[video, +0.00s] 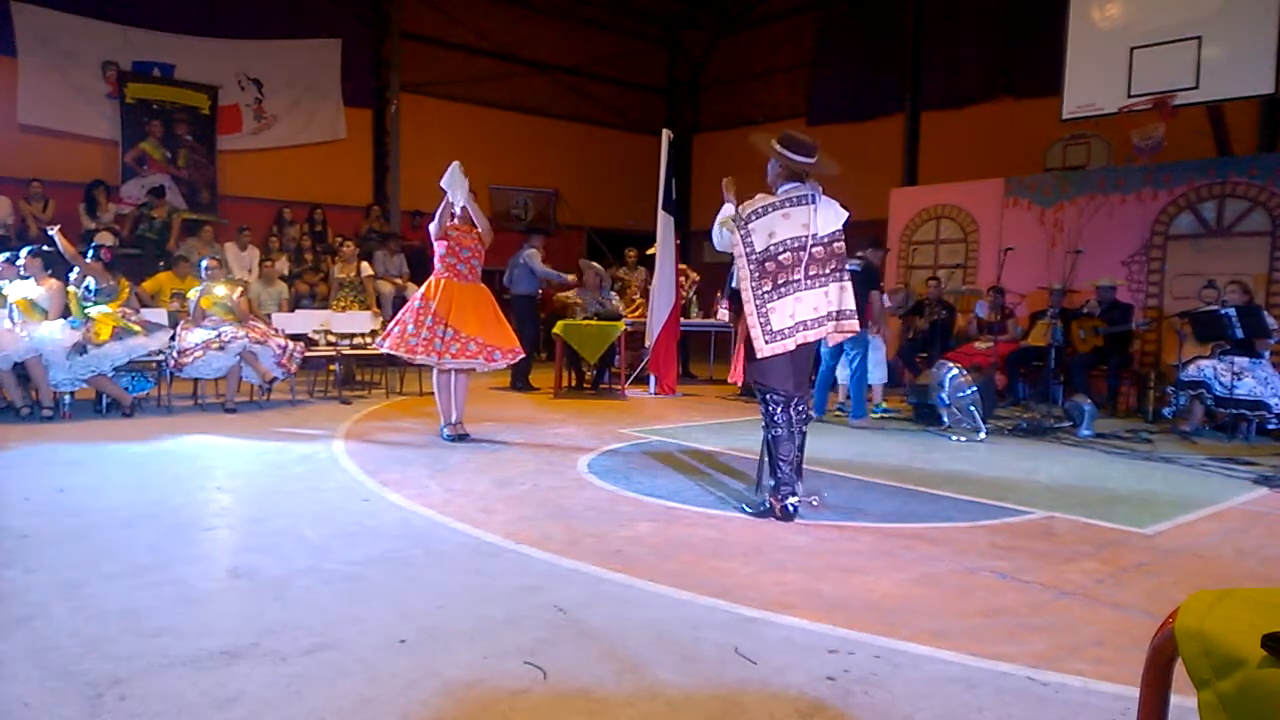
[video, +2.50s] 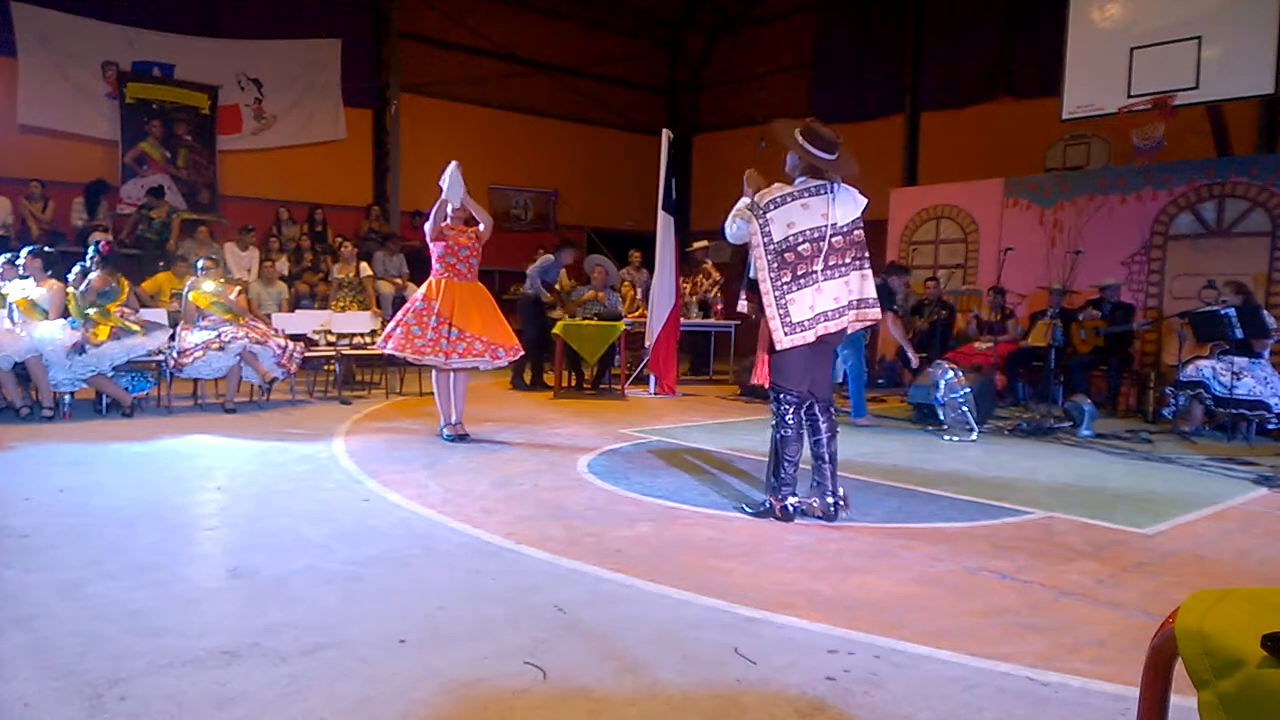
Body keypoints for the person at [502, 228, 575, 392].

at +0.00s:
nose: (543, 244)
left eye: (543, 240)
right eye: (541, 240)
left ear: (529, 240)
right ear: (535, 239)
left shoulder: (516, 256)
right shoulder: (531, 253)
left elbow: (507, 280)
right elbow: (540, 271)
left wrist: (525, 287)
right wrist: (565, 278)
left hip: (516, 298)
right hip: (527, 299)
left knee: (523, 337)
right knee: (530, 338)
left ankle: (518, 376)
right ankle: (522, 377)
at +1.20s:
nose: (550, 251)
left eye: (551, 247)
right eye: (549, 246)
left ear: (536, 244)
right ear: (542, 245)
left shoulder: (519, 256)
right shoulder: (536, 258)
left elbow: (507, 276)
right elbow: (530, 278)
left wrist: (520, 286)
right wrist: (548, 295)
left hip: (516, 299)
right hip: (528, 299)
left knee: (521, 338)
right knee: (529, 339)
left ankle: (517, 376)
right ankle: (523, 377)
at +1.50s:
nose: (564, 260)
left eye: (565, 257)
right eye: (564, 256)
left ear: (553, 251)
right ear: (556, 253)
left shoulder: (532, 259)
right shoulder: (546, 260)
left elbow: (517, 274)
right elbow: (533, 275)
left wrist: (530, 289)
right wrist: (547, 297)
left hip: (519, 297)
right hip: (528, 298)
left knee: (529, 340)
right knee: (531, 341)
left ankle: (535, 376)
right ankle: (524, 378)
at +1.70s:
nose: (573, 262)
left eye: (574, 258)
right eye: (572, 258)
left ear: (565, 257)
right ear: (565, 256)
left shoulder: (554, 267)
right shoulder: (552, 261)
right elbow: (536, 273)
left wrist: (549, 296)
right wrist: (549, 294)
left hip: (535, 299)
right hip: (527, 298)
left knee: (538, 339)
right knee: (531, 339)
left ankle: (537, 377)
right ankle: (523, 379)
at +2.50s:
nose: (572, 260)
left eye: (574, 256)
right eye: (571, 255)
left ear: (567, 255)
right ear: (564, 252)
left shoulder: (558, 268)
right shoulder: (549, 259)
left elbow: (551, 285)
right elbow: (532, 272)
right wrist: (543, 294)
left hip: (538, 301)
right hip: (528, 300)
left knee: (541, 340)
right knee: (529, 338)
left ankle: (537, 376)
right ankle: (517, 376)